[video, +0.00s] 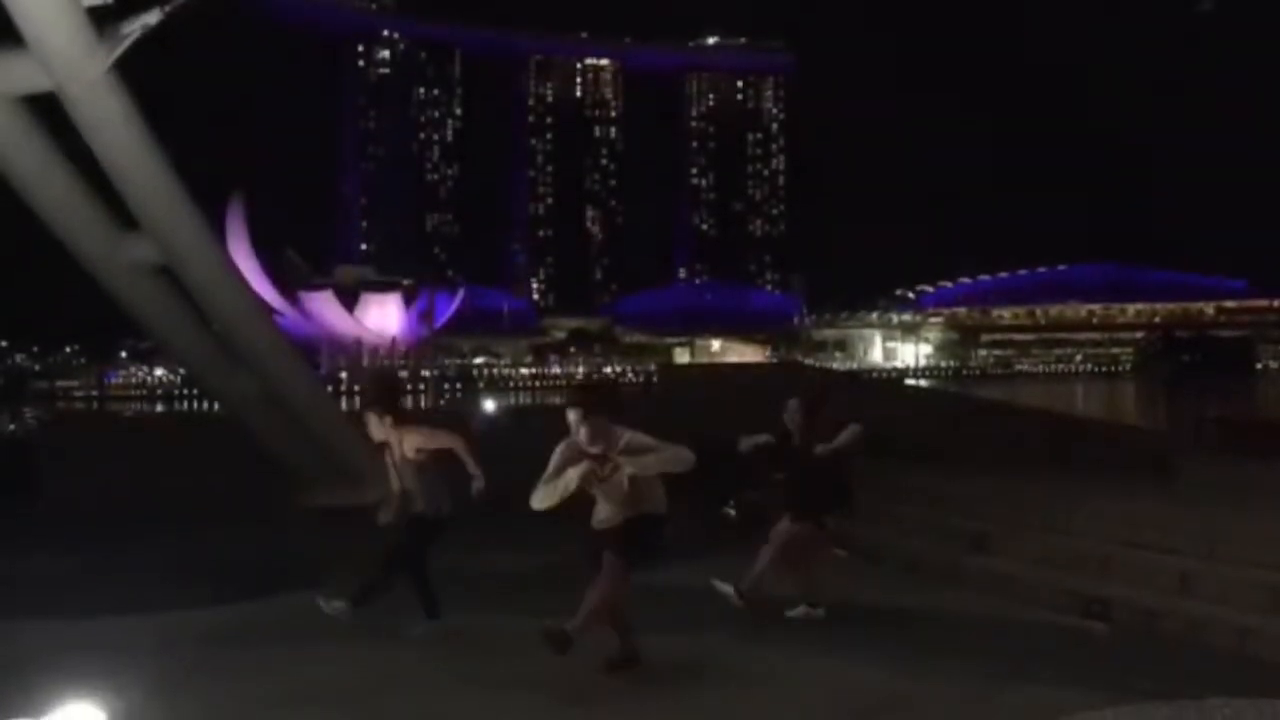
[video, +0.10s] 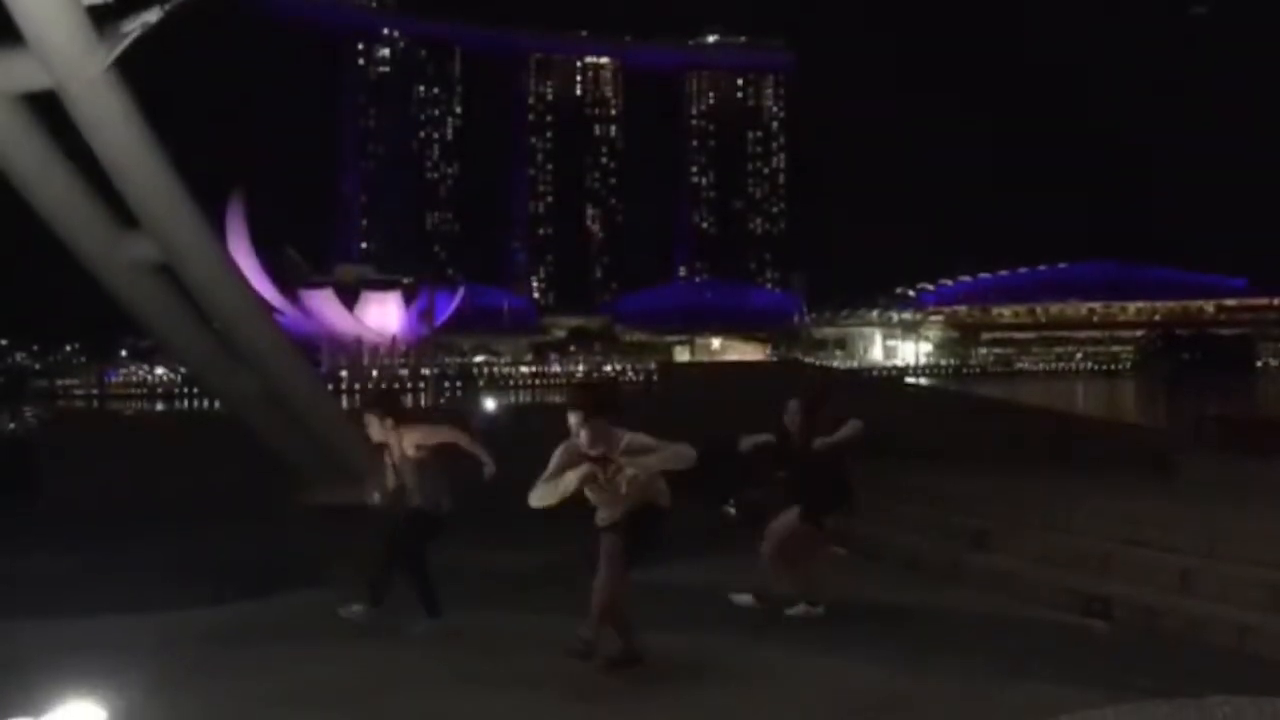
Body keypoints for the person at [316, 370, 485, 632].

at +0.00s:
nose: (369, 430)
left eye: (371, 423)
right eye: (368, 423)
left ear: (387, 422)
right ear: (383, 423)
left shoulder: (412, 439)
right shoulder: (391, 447)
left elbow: (455, 441)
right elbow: (397, 485)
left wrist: (476, 475)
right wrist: (390, 509)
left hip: (433, 509)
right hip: (414, 509)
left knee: (394, 556)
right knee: (414, 561)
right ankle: (432, 615)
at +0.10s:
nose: (368, 430)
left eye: (371, 424)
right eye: (367, 425)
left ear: (388, 422)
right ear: (385, 424)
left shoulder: (410, 437)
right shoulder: (391, 448)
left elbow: (454, 435)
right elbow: (392, 482)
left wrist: (486, 459)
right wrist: (383, 492)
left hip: (431, 507)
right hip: (411, 508)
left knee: (392, 549)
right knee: (414, 559)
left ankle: (371, 603)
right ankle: (433, 613)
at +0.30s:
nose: (386, 396)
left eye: (390, 389)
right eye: (381, 390)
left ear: (401, 392)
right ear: (376, 396)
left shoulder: (418, 413)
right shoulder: (380, 421)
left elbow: (460, 412)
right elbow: (375, 448)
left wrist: (468, 454)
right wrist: (380, 464)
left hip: (431, 488)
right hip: (407, 490)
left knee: (405, 544)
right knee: (415, 548)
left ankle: (408, 603)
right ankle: (434, 605)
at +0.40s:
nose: (392, 392)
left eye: (397, 386)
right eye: (388, 387)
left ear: (408, 388)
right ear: (383, 391)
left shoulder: (427, 413)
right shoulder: (381, 420)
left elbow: (456, 440)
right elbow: (378, 454)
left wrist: (452, 479)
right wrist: (384, 484)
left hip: (428, 495)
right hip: (399, 495)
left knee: (417, 551)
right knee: (397, 553)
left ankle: (419, 604)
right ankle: (397, 611)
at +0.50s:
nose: (405, 399)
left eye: (409, 392)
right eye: (400, 393)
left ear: (419, 394)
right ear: (393, 398)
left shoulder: (435, 426)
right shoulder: (387, 432)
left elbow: (445, 458)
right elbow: (371, 465)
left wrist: (451, 488)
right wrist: (374, 494)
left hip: (427, 506)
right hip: (396, 506)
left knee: (415, 562)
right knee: (395, 559)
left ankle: (397, 616)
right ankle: (397, 605)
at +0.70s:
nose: (422, 392)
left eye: (425, 385)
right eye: (416, 386)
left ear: (433, 389)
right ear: (407, 390)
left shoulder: (443, 418)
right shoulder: (399, 422)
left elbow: (470, 437)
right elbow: (367, 440)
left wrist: (458, 415)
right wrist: (383, 469)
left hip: (429, 488)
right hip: (402, 487)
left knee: (422, 543)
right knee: (400, 540)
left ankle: (404, 588)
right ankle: (393, 584)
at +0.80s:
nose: (427, 392)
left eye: (431, 385)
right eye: (421, 386)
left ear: (438, 388)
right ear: (412, 389)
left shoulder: (445, 415)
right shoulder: (406, 419)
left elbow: (452, 451)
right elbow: (389, 465)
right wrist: (412, 482)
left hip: (437, 491)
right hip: (411, 494)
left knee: (428, 548)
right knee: (417, 549)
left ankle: (382, 572)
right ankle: (421, 609)